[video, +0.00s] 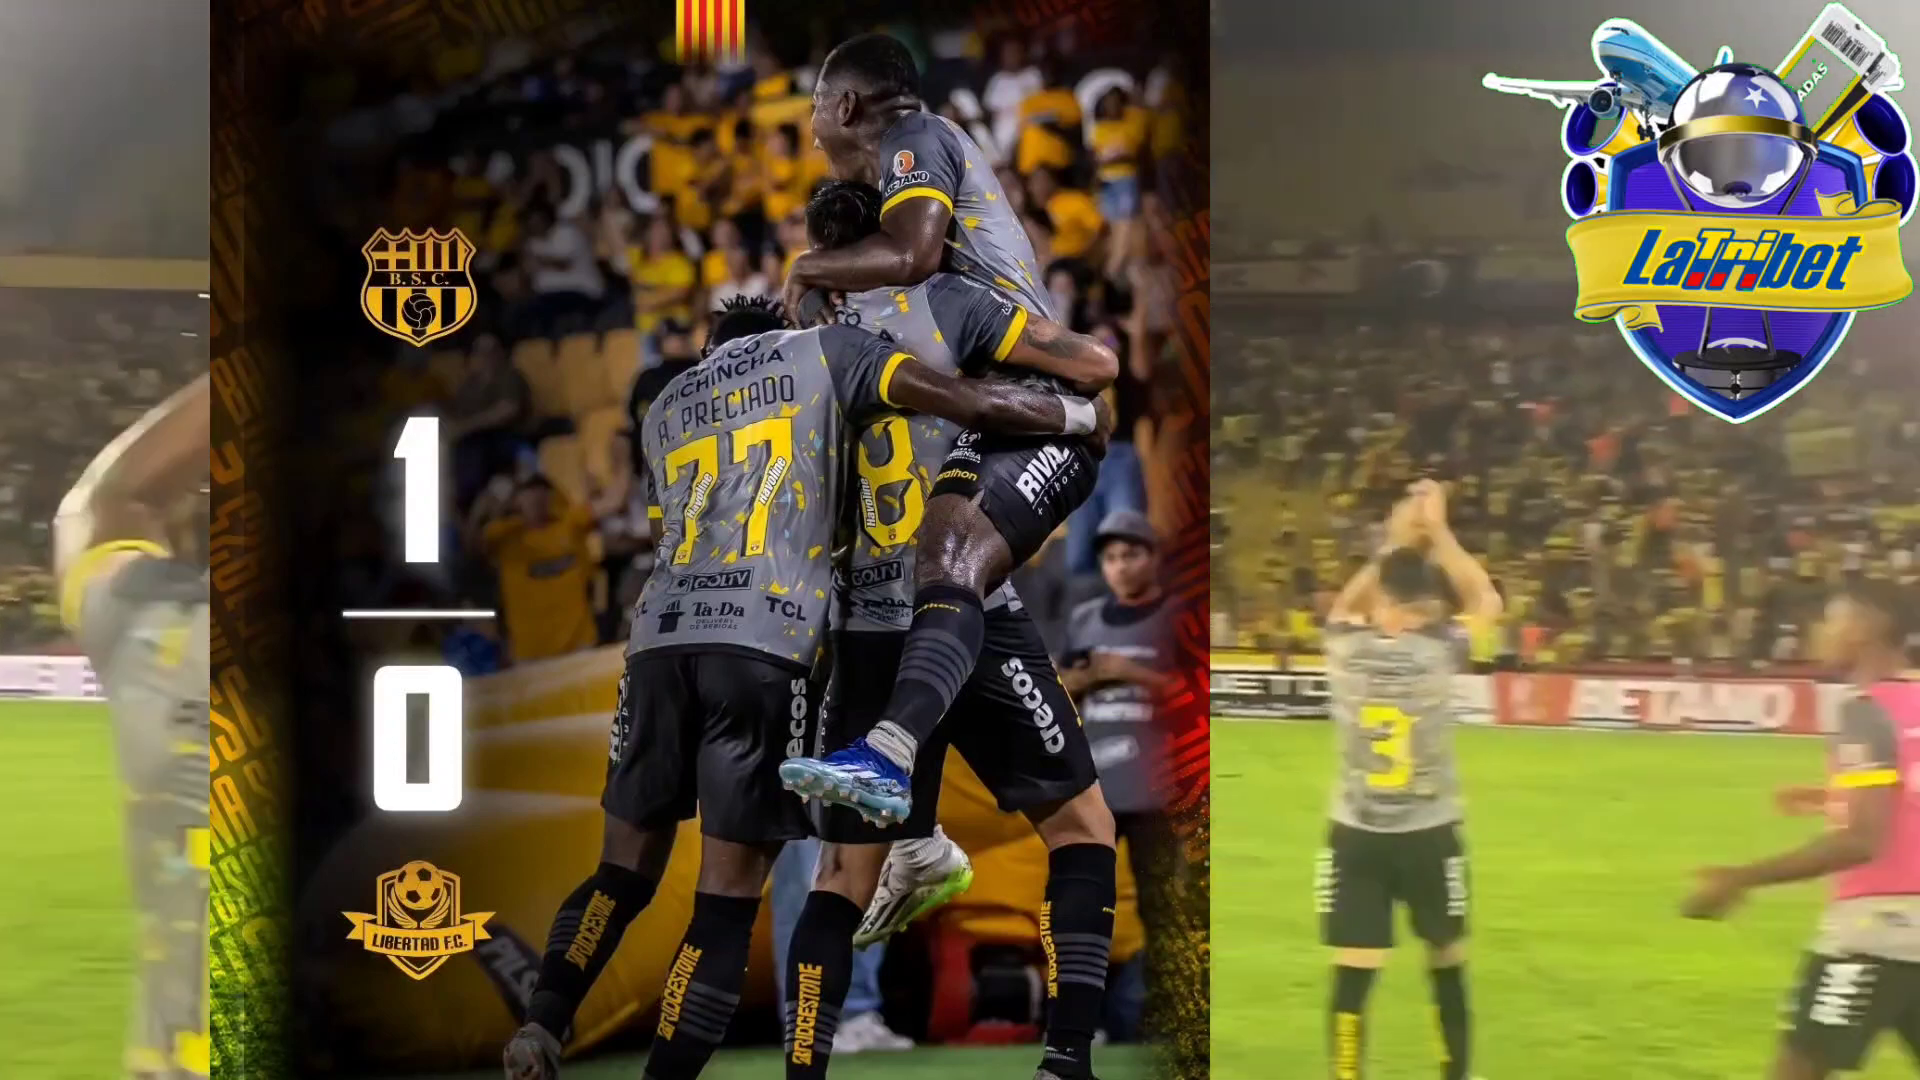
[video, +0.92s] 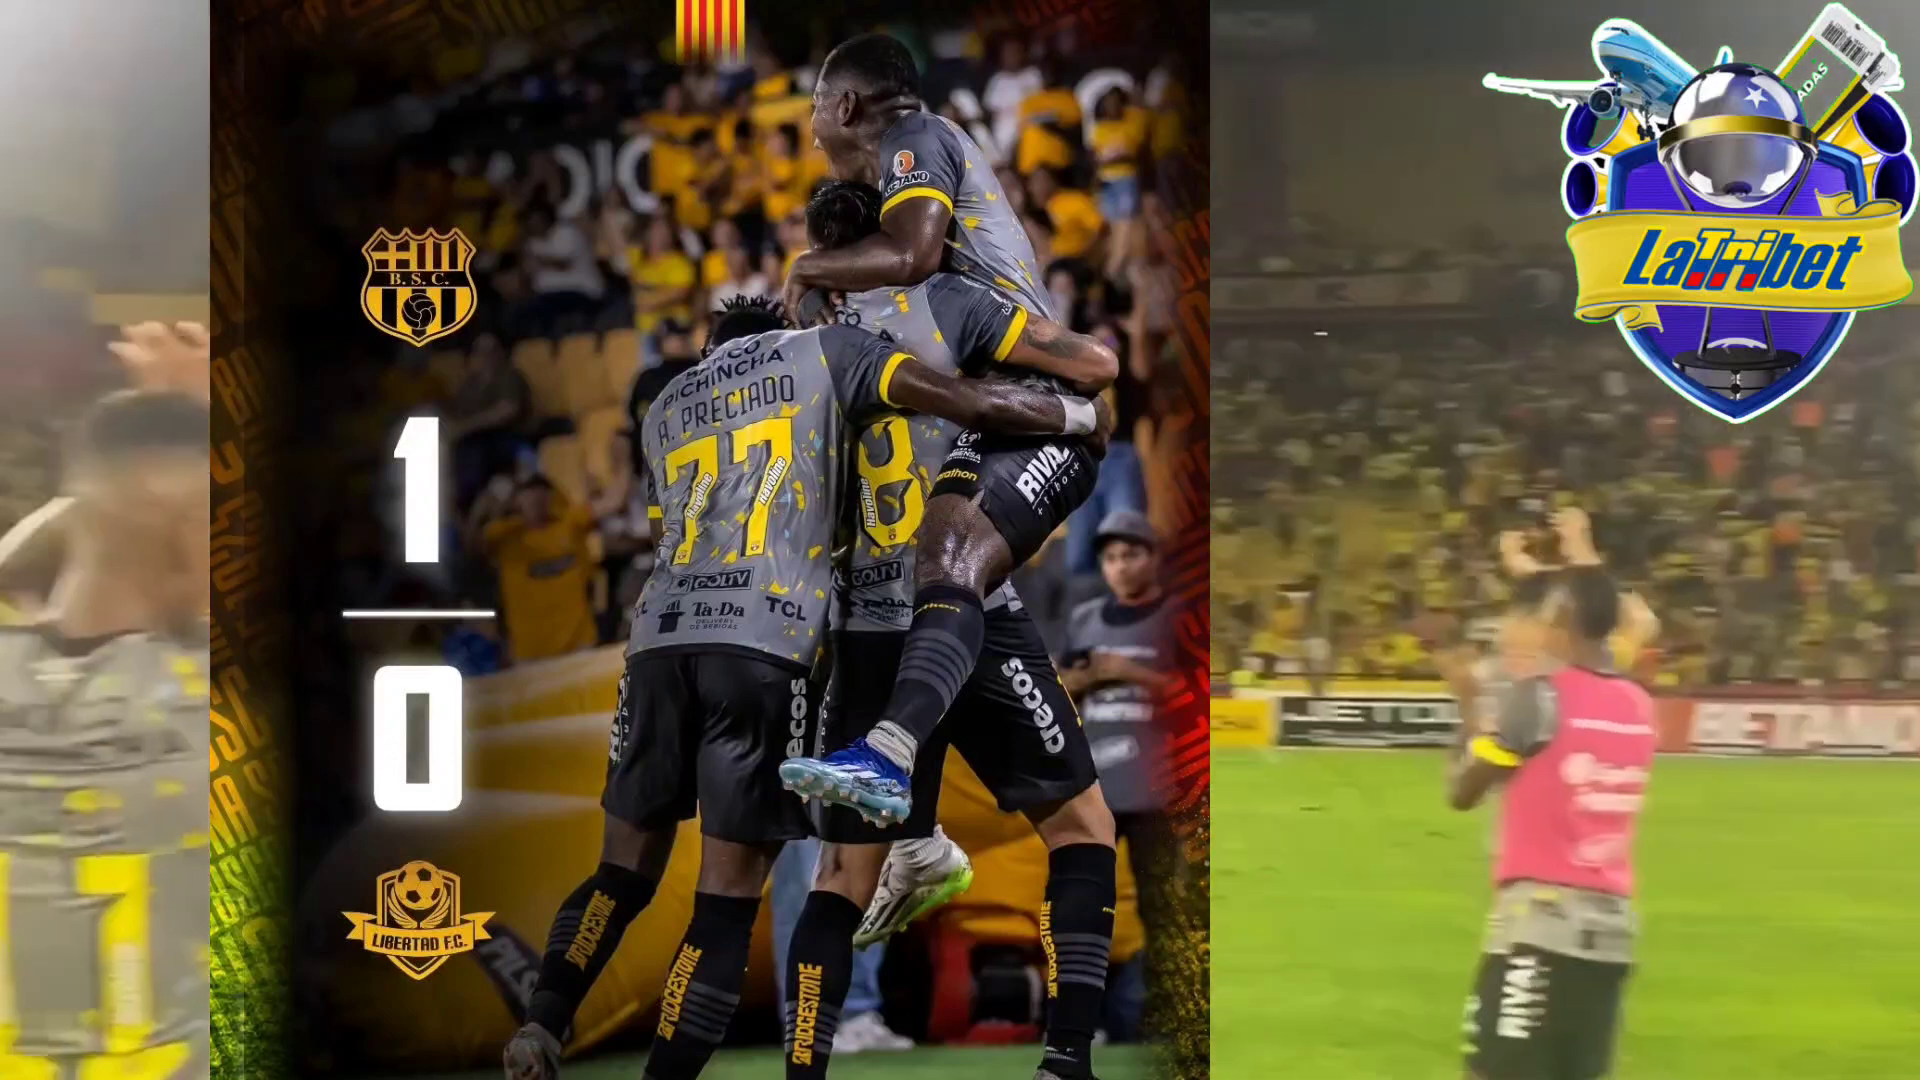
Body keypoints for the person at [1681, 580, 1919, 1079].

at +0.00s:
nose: (1823, 631)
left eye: (1835, 619)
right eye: (1828, 618)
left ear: (1870, 628)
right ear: (1885, 631)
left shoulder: (1865, 709)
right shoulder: (1908, 699)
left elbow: (1861, 838)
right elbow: (1901, 794)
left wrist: (1740, 878)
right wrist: (1827, 798)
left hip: (1874, 933)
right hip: (1906, 930)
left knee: (1798, 1066)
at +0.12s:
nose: (1704, 636)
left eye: (1712, 622)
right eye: (1707, 623)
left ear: (1740, 630)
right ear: (1768, 633)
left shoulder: (1740, 721)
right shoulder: (1814, 711)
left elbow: (1699, 844)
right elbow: (1780, 789)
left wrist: (1591, 831)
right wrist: (1707, 750)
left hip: (1740, 938)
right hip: (1815, 938)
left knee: (1679, 1068)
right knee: (1830, 1070)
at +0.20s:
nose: (1611, 628)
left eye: (1618, 616)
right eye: (1615, 615)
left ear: (1643, 624)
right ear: (1684, 626)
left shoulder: (1636, 710)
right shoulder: (1719, 697)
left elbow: (1575, 824)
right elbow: (1657, 796)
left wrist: (1509, 772)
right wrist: (1598, 726)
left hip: (1641, 926)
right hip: (1712, 923)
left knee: (1596, 1068)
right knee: (1701, 1071)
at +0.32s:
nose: (1538, 617)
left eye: (1543, 603)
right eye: (1540, 603)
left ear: (1564, 610)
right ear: (1610, 616)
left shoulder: (1550, 696)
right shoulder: (1645, 686)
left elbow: (1489, 794)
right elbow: (1590, 765)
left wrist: (1486, 728)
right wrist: (1523, 718)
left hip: (1572, 913)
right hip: (1636, 909)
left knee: (1549, 1069)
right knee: (1592, 1064)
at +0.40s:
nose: (1485, 621)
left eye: (1489, 608)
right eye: (1489, 608)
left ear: (1505, 614)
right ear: (1557, 619)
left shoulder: (1489, 701)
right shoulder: (1593, 695)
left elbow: (1426, 799)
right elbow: (1535, 761)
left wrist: (1429, 727)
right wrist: (1473, 707)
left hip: (1516, 915)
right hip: (1577, 914)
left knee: (1510, 1068)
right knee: (1528, 1063)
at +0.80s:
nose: (1474, 631)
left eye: (1479, 623)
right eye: (1478, 623)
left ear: (1483, 633)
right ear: (1543, 647)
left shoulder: (1459, 710)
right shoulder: (1566, 723)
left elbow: (1386, 803)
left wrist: (1397, 722)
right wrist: (1462, 706)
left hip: (1465, 932)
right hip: (1533, 934)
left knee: (1463, 1069)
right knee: (1511, 1068)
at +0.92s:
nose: (1533, 628)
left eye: (1539, 615)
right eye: (1534, 616)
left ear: (1558, 620)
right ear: (1607, 626)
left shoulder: (1539, 697)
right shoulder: (1637, 705)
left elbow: (1462, 789)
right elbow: (1619, 628)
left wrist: (1468, 702)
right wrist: (1583, 563)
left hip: (1538, 932)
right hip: (1611, 937)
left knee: (1503, 1066)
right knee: (1584, 1068)